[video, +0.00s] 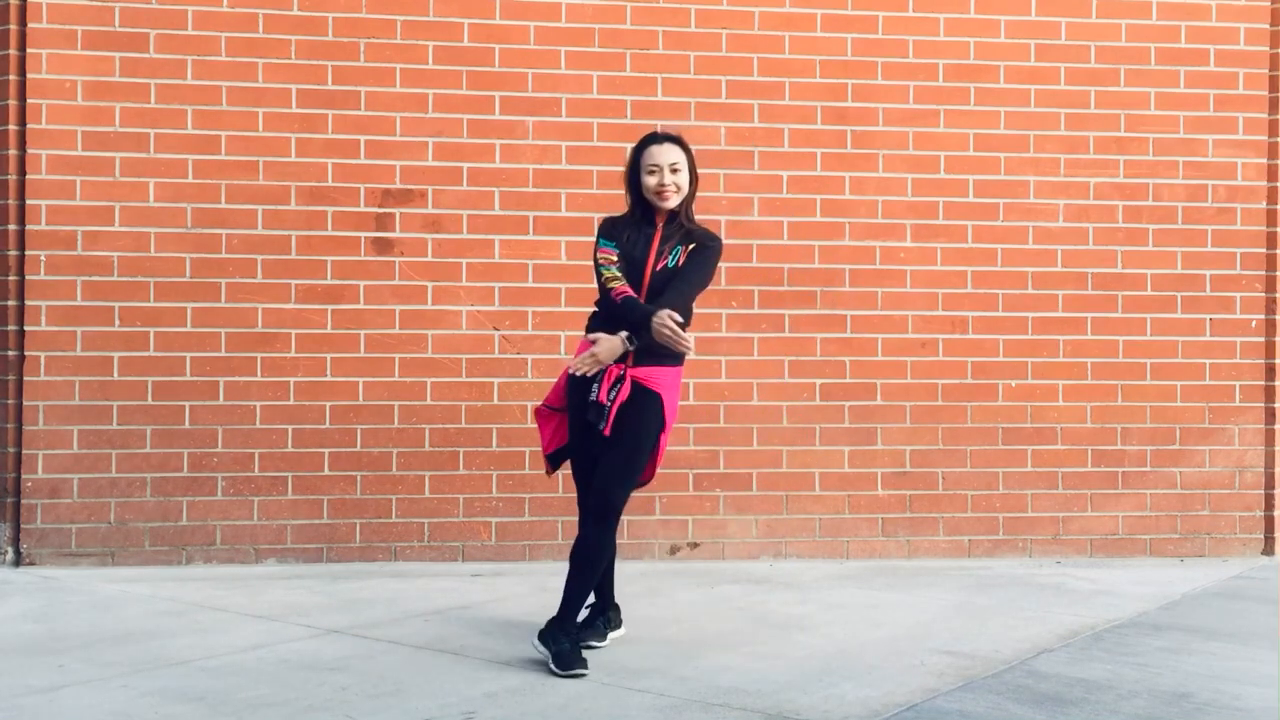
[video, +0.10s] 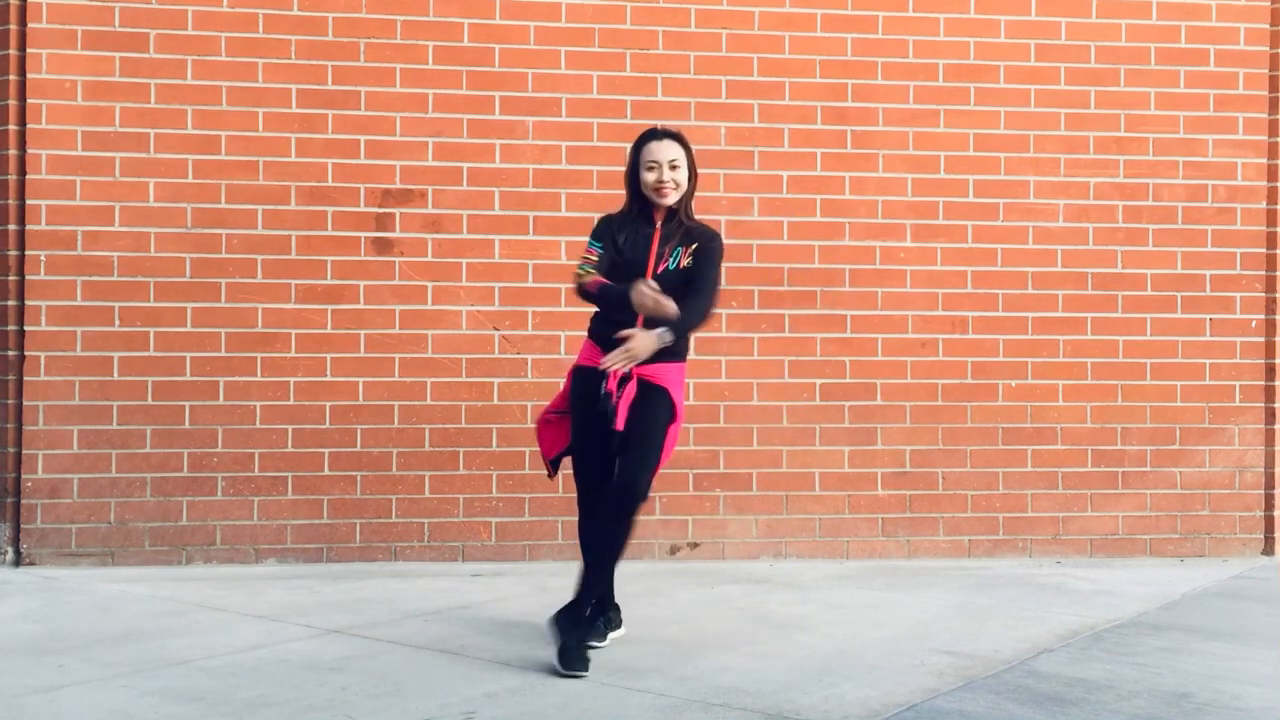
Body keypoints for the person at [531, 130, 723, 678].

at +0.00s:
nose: (664, 180)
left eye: (675, 170)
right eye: (652, 170)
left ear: (690, 177)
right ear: (637, 178)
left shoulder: (704, 243)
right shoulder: (614, 228)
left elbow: (672, 305)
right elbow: (612, 291)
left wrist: (621, 341)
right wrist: (650, 321)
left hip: (651, 378)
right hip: (593, 370)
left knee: (606, 499)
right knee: (593, 497)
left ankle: (562, 627)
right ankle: (604, 607)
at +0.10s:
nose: (663, 177)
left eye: (673, 167)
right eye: (651, 167)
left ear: (689, 173)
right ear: (636, 174)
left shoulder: (703, 239)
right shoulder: (611, 226)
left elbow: (700, 306)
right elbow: (586, 284)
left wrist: (656, 337)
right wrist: (630, 294)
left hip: (657, 371)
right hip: (597, 364)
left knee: (633, 486)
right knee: (593, 487)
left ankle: (578, 615)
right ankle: (601, 604)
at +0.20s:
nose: (667, 170)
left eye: (677, 160)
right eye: (655, 160)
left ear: (691, 168)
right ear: (638, 168)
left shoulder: (707, 234)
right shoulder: (612, 222)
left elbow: (750, 299)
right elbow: (553, 267)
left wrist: (710, 320)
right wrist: (600, 275)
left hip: (669, 372)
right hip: (607, 368)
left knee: (673, 459)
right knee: (599, 489)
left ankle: (635, 581)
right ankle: (603, 604)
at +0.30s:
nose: (673, 162)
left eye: (684, 152)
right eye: (662, 152)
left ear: (699, 160)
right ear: (644, 159)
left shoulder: (716, 226)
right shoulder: (619, 217)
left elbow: (772, 286)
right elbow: (548, 261)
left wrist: (752, 314)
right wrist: (587, 282)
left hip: (687, 367)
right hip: (621, 366)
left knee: (709, 464)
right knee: (615, 493)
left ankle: (702, 571)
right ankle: (606, 606)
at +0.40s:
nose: (680, 167)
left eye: (691, 157)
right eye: (669, 157)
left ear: (706, 164)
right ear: (653, 165)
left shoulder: (725, 230)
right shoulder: (635, 225)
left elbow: (766, 296)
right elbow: (579, 284)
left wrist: (771, 325)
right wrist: (598, 316)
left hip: (707, 375)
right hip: (640, 373)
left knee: (737, 493)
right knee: (628, 494)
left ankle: (754, 598)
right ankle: (606, 607)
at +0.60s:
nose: (703, 174)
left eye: (714, 163)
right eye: (691, 165)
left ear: (728, 170)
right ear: (675, 173)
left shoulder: (754, 228)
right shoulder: (664, 240)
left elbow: (800, 291)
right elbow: (638, 323)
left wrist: (807, 308)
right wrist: (667, 315)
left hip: (763, 378)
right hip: (697, 378)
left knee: (774, 502)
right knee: (669, 489)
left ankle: (763, 616)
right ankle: (629, 584)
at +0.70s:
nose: (722, 170)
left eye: (729, 159)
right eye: (708, 162)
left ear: (741, 165)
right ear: (688, 171)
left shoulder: (765, 225)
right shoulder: (675, 238)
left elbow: (815, 283)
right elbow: (667, 314)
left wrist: (799, 300)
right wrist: (722, 279)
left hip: (771, 374)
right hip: (709, 374)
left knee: (776, 499)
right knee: (693, 469)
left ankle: (764, 614)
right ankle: (696, 571)